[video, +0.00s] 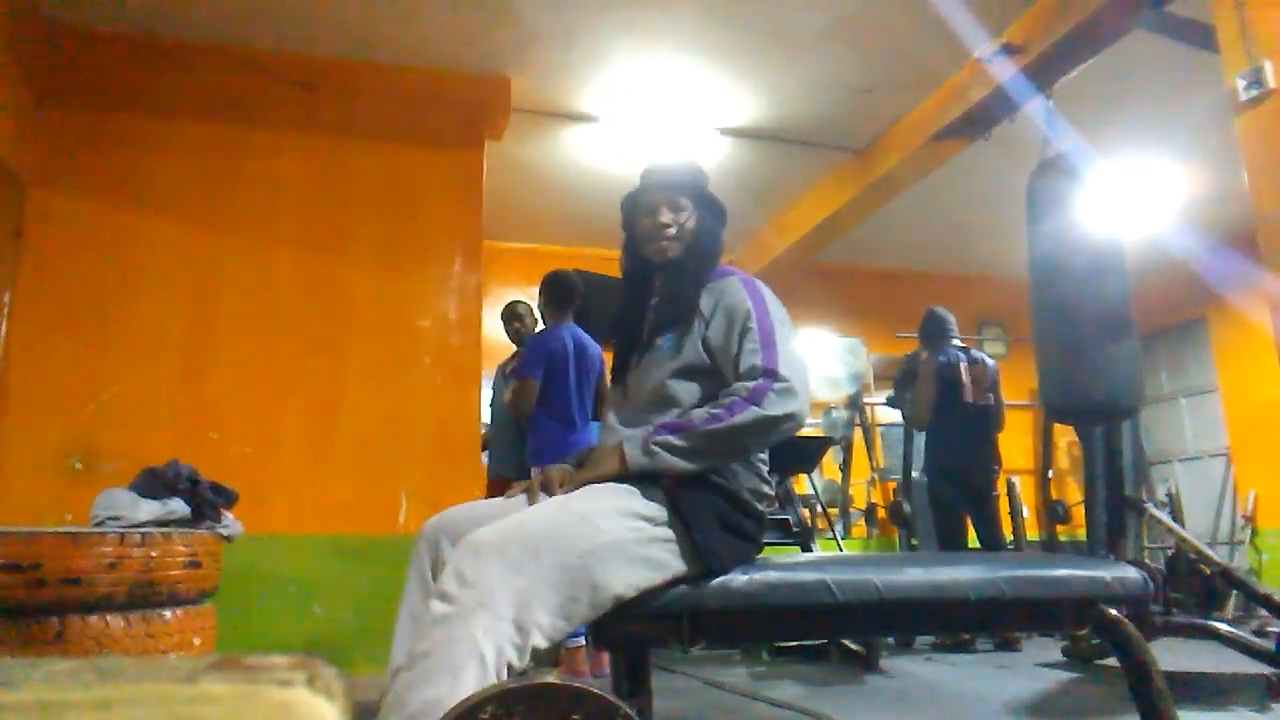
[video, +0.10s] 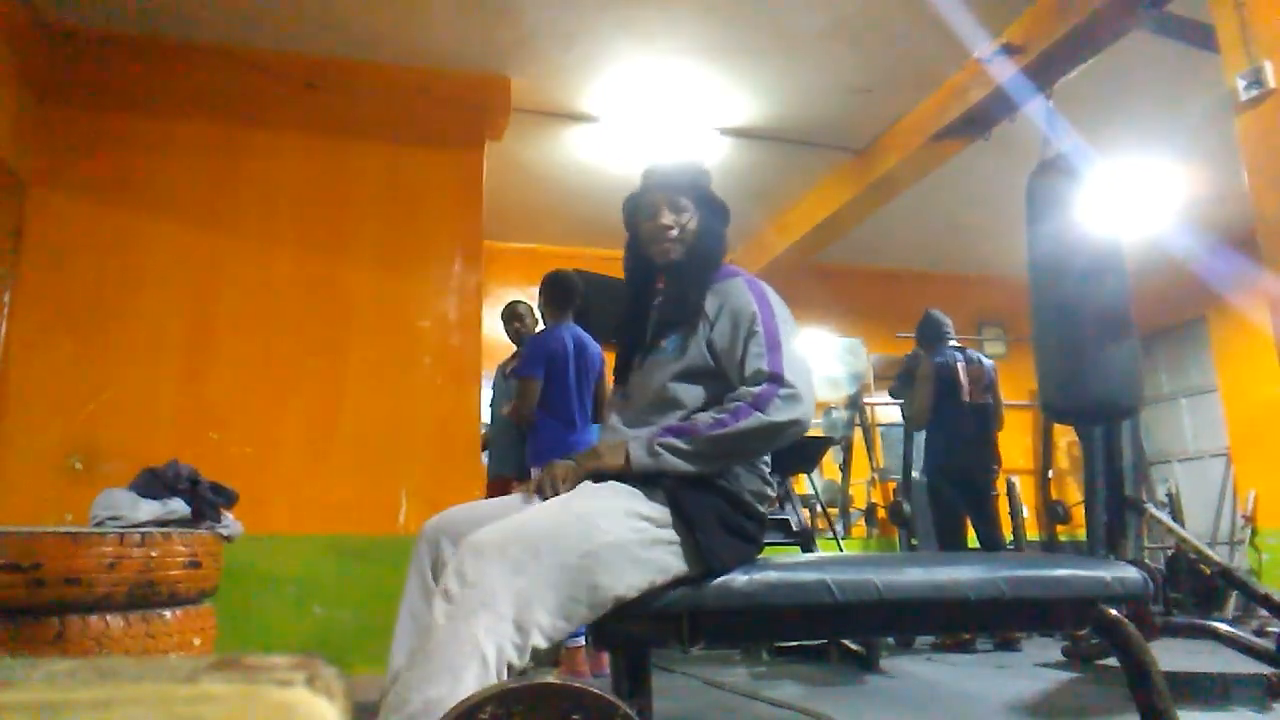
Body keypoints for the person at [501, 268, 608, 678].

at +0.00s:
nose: (538, 308)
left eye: (539, 302)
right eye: (544, 302)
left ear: (544, 303)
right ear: (577, 303)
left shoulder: (540, 343)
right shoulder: (591, 346)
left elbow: (523, 400)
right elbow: (602, 400)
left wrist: (513, 402)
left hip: (548, 450)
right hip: (589, 445)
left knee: (552, 541)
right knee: (584, 541)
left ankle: (573, 647)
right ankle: (590, 648)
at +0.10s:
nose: (538, 308)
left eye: (539, 302)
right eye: (545, 302)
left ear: (544, 303)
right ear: (578, 303)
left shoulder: (539, 344)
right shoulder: (592, 346)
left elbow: (524, 410)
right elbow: (602, 404)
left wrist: (515, 414)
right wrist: (585, 419)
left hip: (548, 450)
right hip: (588, 445)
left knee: (550, 541)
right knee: (582, 540)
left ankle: (573, 649)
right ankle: (587, 649)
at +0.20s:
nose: (538, 307)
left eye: (540, 301)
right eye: (545, 300)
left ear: (544, 302)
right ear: (577, 303)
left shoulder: (537, 345)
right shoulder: (592, 347)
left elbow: (531, 409)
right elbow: (602, 405)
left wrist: (511, 421)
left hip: (547, 449)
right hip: (587, 445)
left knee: (551, 542)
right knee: (581, 542)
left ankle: (575, 647)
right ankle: (586, 647)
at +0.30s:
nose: (537, 307)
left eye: (539, 301)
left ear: (543, 302)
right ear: (577, 303)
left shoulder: (537, 345)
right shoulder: (590, 346)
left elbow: (531, 408)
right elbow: (605, 400)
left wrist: (512, 421)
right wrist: (586, 425)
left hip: (545, 455)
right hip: (583, 453)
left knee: (548, 545)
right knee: (577, 547)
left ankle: (574, 644)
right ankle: (580, 645)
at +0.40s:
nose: (537, 307)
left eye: (538, 300)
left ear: (542, 302)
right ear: (576, 303)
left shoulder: (537, 345)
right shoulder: (590, 347)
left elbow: (531, 407)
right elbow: (606, 405)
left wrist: (515, 423)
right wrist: (583, 427)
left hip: (547, 457)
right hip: (584, 456)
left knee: (556, 548)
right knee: (582, 547)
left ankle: (574, 646)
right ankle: (586, 647)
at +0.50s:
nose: (538, 309)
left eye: (539, 302)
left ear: (543, 303)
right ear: (575, 303)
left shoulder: (538, 345)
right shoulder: (590, 347)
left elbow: (529, 406)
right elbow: (603, 402)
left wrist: (516, 421)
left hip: (545, 451)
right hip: (582, 450)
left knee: (555, 545)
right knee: (580, 544)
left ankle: (574, 646)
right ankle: (585, 645)